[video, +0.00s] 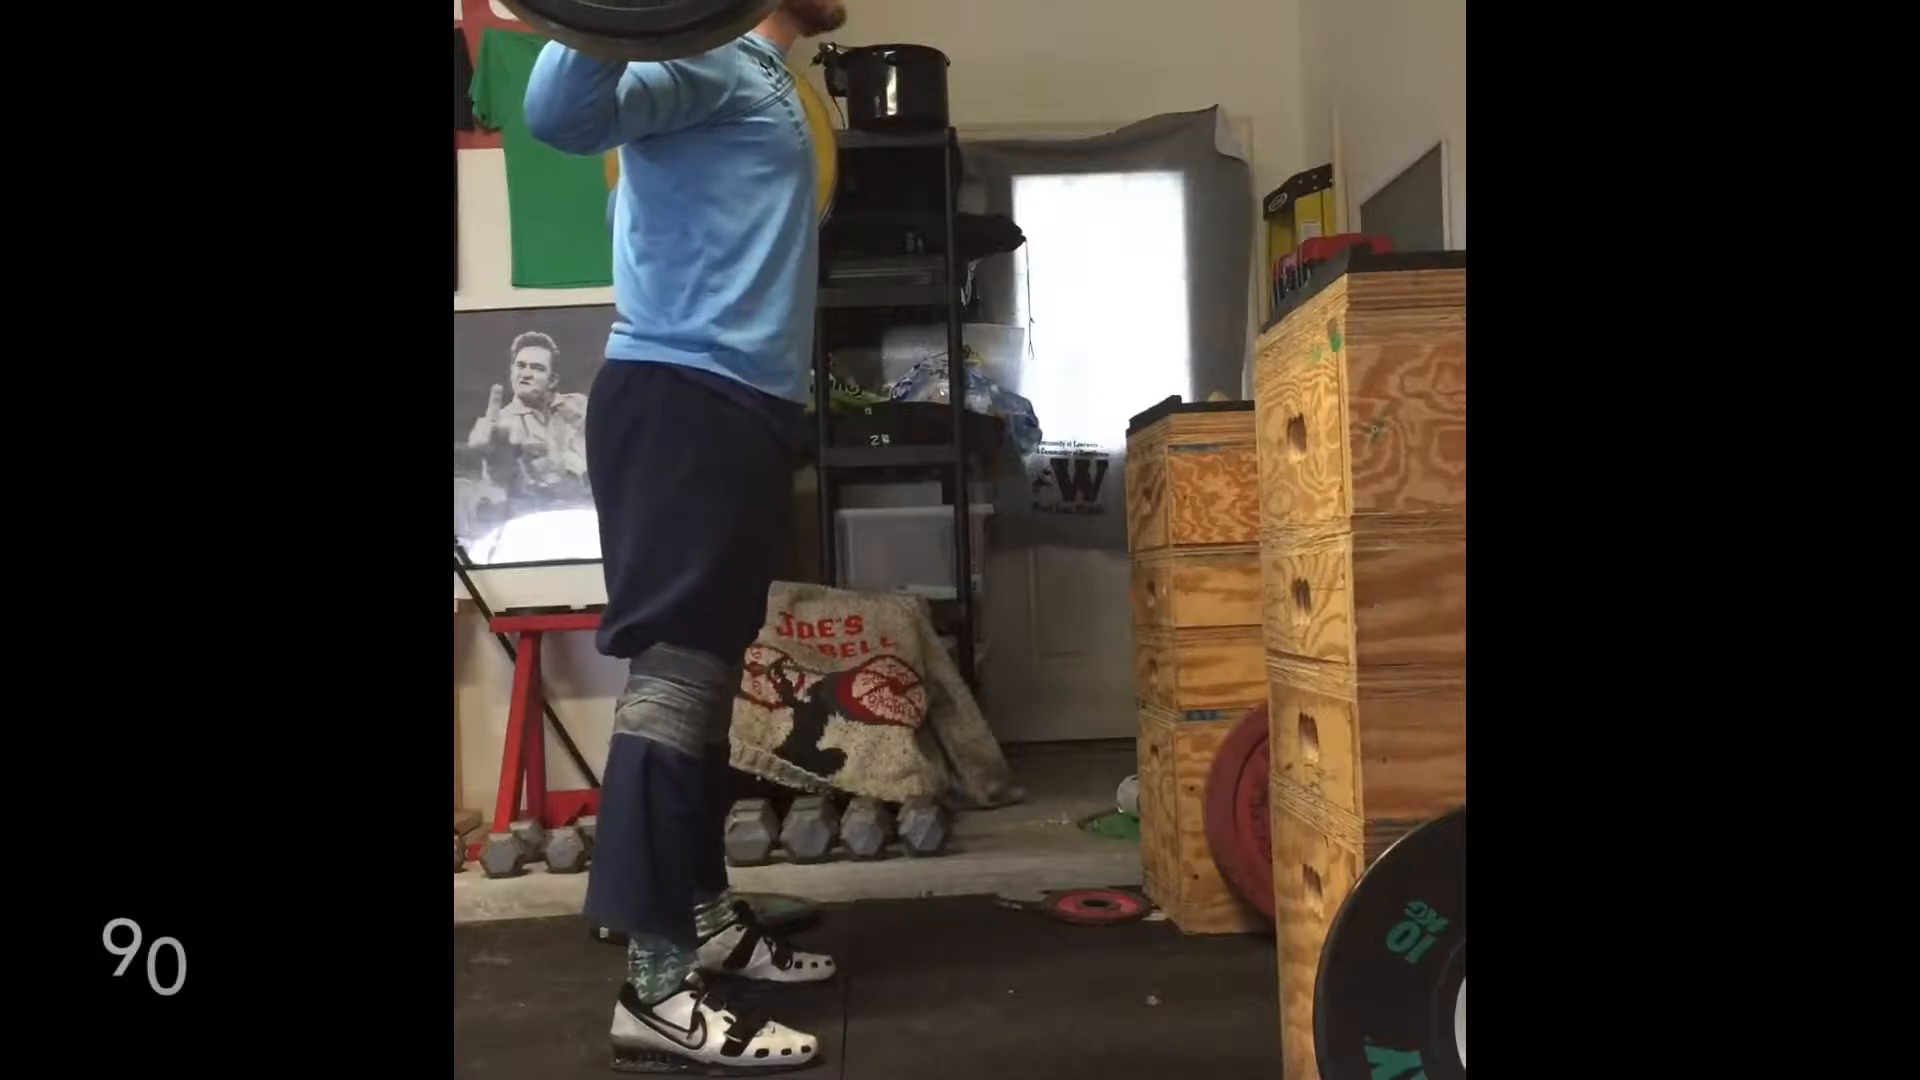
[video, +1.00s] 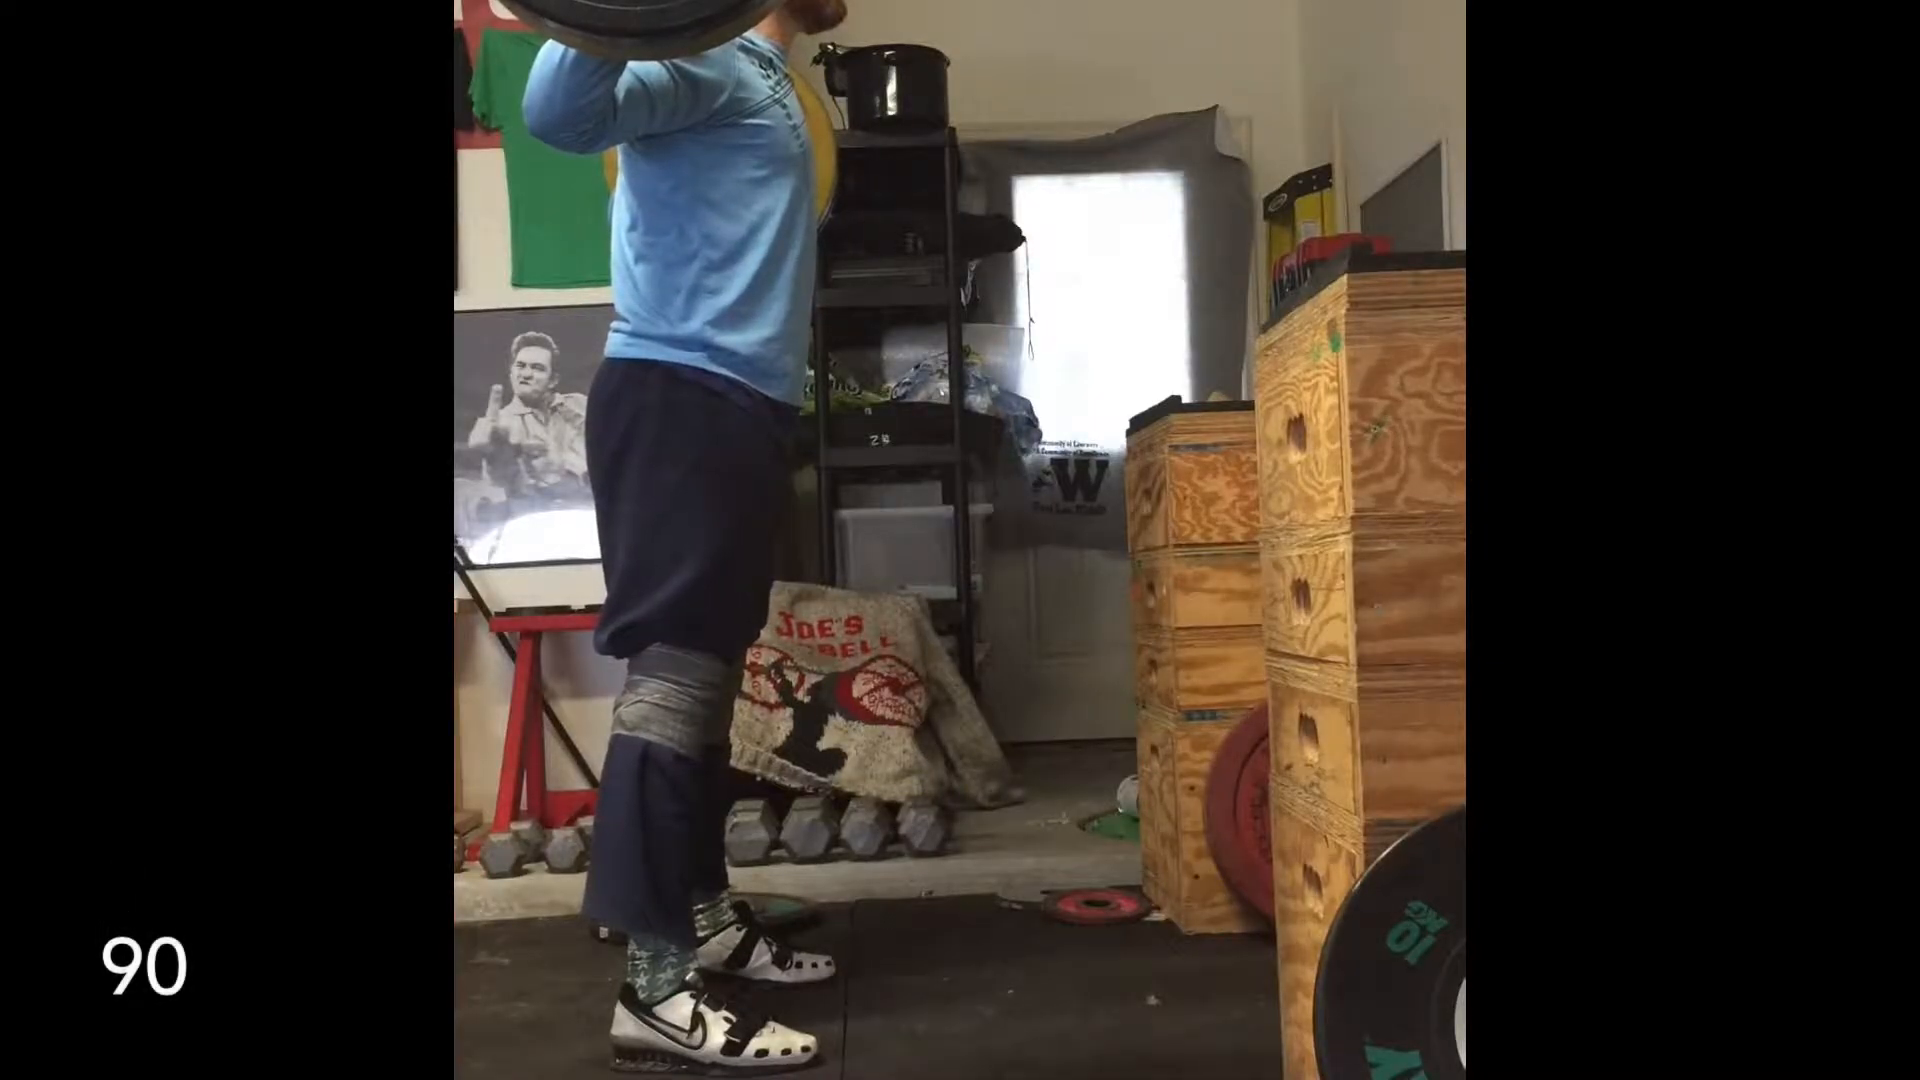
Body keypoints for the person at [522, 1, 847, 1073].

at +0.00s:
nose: (836, 7)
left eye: (833, 3)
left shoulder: (772, 73)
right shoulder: (704, 60)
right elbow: (557, 114)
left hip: (739, 406)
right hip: (683, 400)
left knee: (704, 675)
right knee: (677, 679)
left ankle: (698, 917)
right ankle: (659, 979)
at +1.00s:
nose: (838, 7)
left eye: (836, 2)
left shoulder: (771, 77)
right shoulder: (705, 63)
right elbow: (556, 113)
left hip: (739, 407)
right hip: (681, 400)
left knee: (707, 673)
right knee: (675, 679)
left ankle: (699, 916)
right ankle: (655, 980)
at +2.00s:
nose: (850, 7)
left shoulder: (776, 80)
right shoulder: (714, 65)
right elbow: (561, 114)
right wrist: (620, 4)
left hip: (737, 408)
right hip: (682, 400)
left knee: (703, 674)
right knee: (675, 680)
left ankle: (702, 917)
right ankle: (655, 980)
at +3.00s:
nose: (845, 32)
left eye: (842, 18)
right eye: (832, 16)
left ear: (799, 36)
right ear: (788, 24)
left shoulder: (790, 129)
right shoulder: (720, 118)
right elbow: (573, 171)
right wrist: (631, 38)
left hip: (721, 442)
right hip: (665, 436)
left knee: (776, 677)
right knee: (785, 681)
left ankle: (711, 915)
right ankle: (665, 978)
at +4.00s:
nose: (872, 226)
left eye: (876, 206)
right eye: (863, 200)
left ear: (822, 194)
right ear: (799, 179)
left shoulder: (810, 295)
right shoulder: (726, 246)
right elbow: (711, 104)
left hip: (695, 568)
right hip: (616, 559)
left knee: (833, 694)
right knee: (816, 716)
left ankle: (736, 922)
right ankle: (666, 984)